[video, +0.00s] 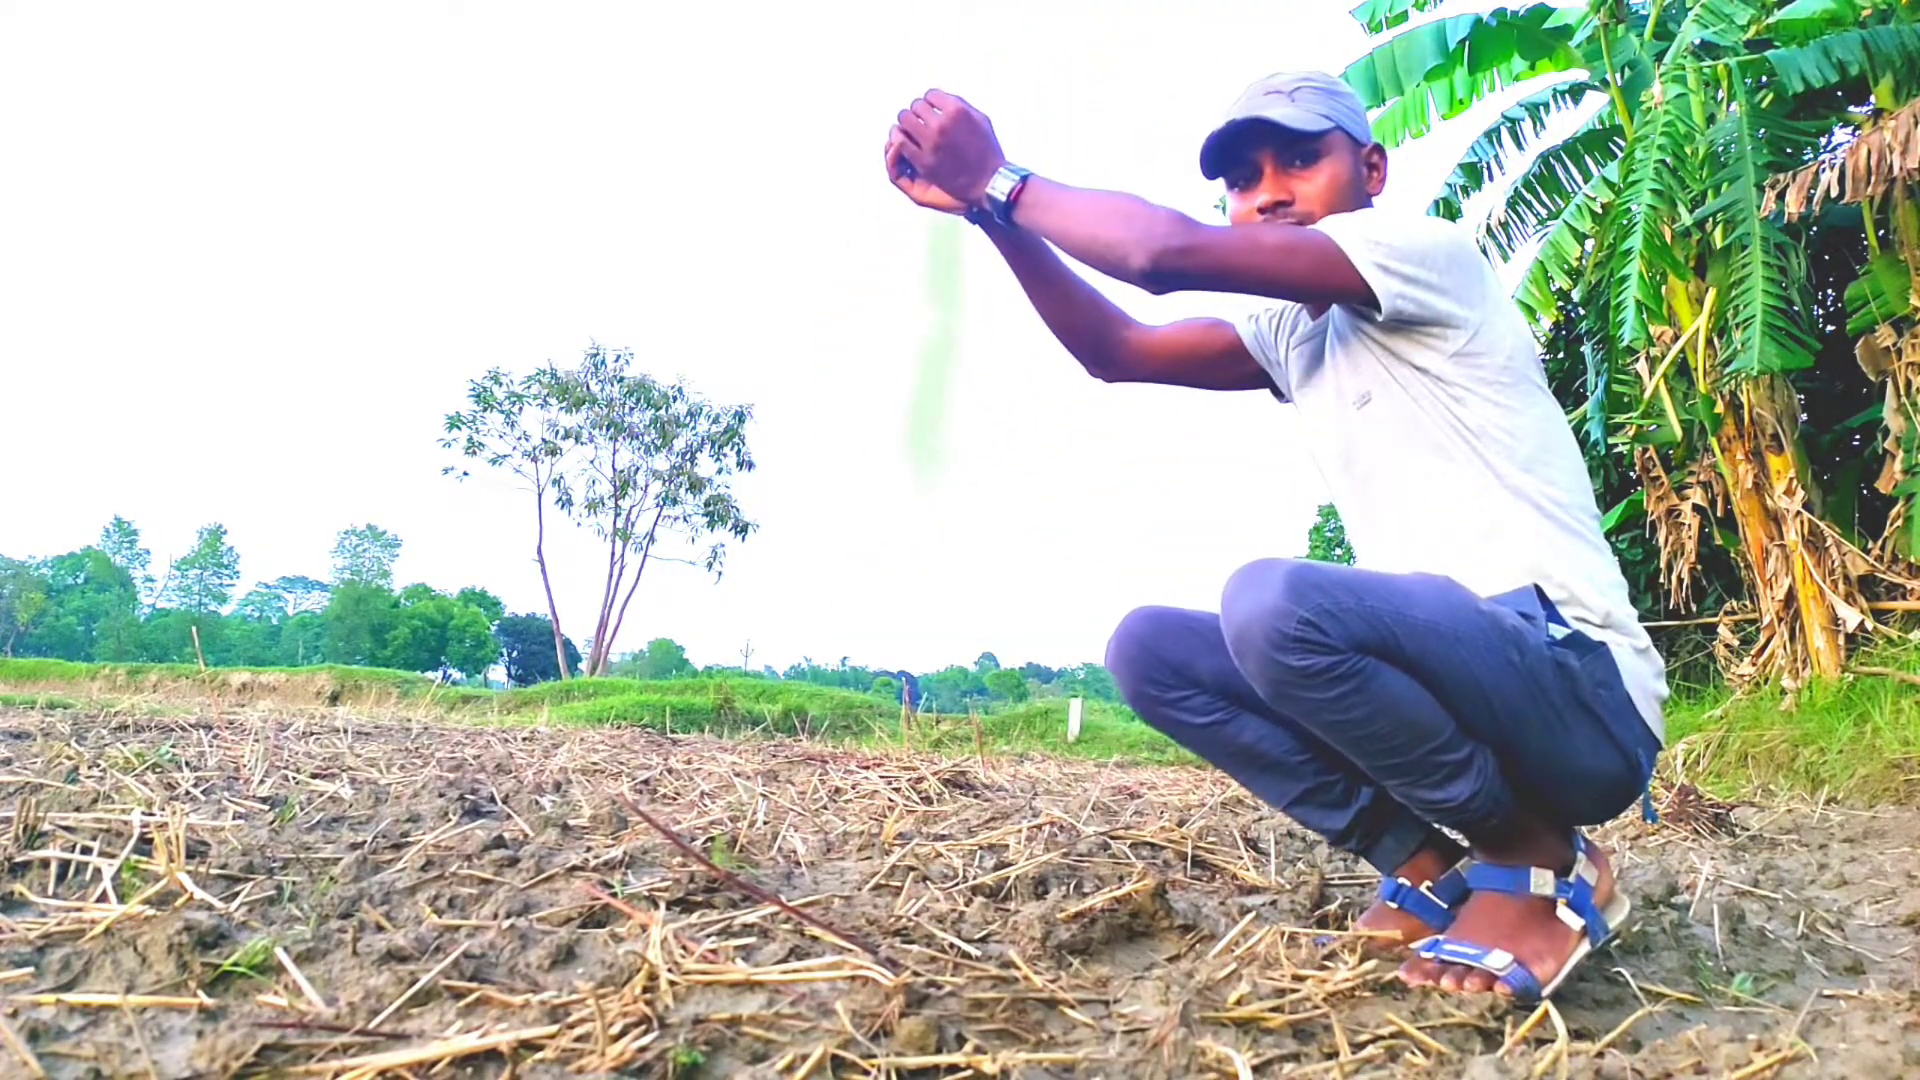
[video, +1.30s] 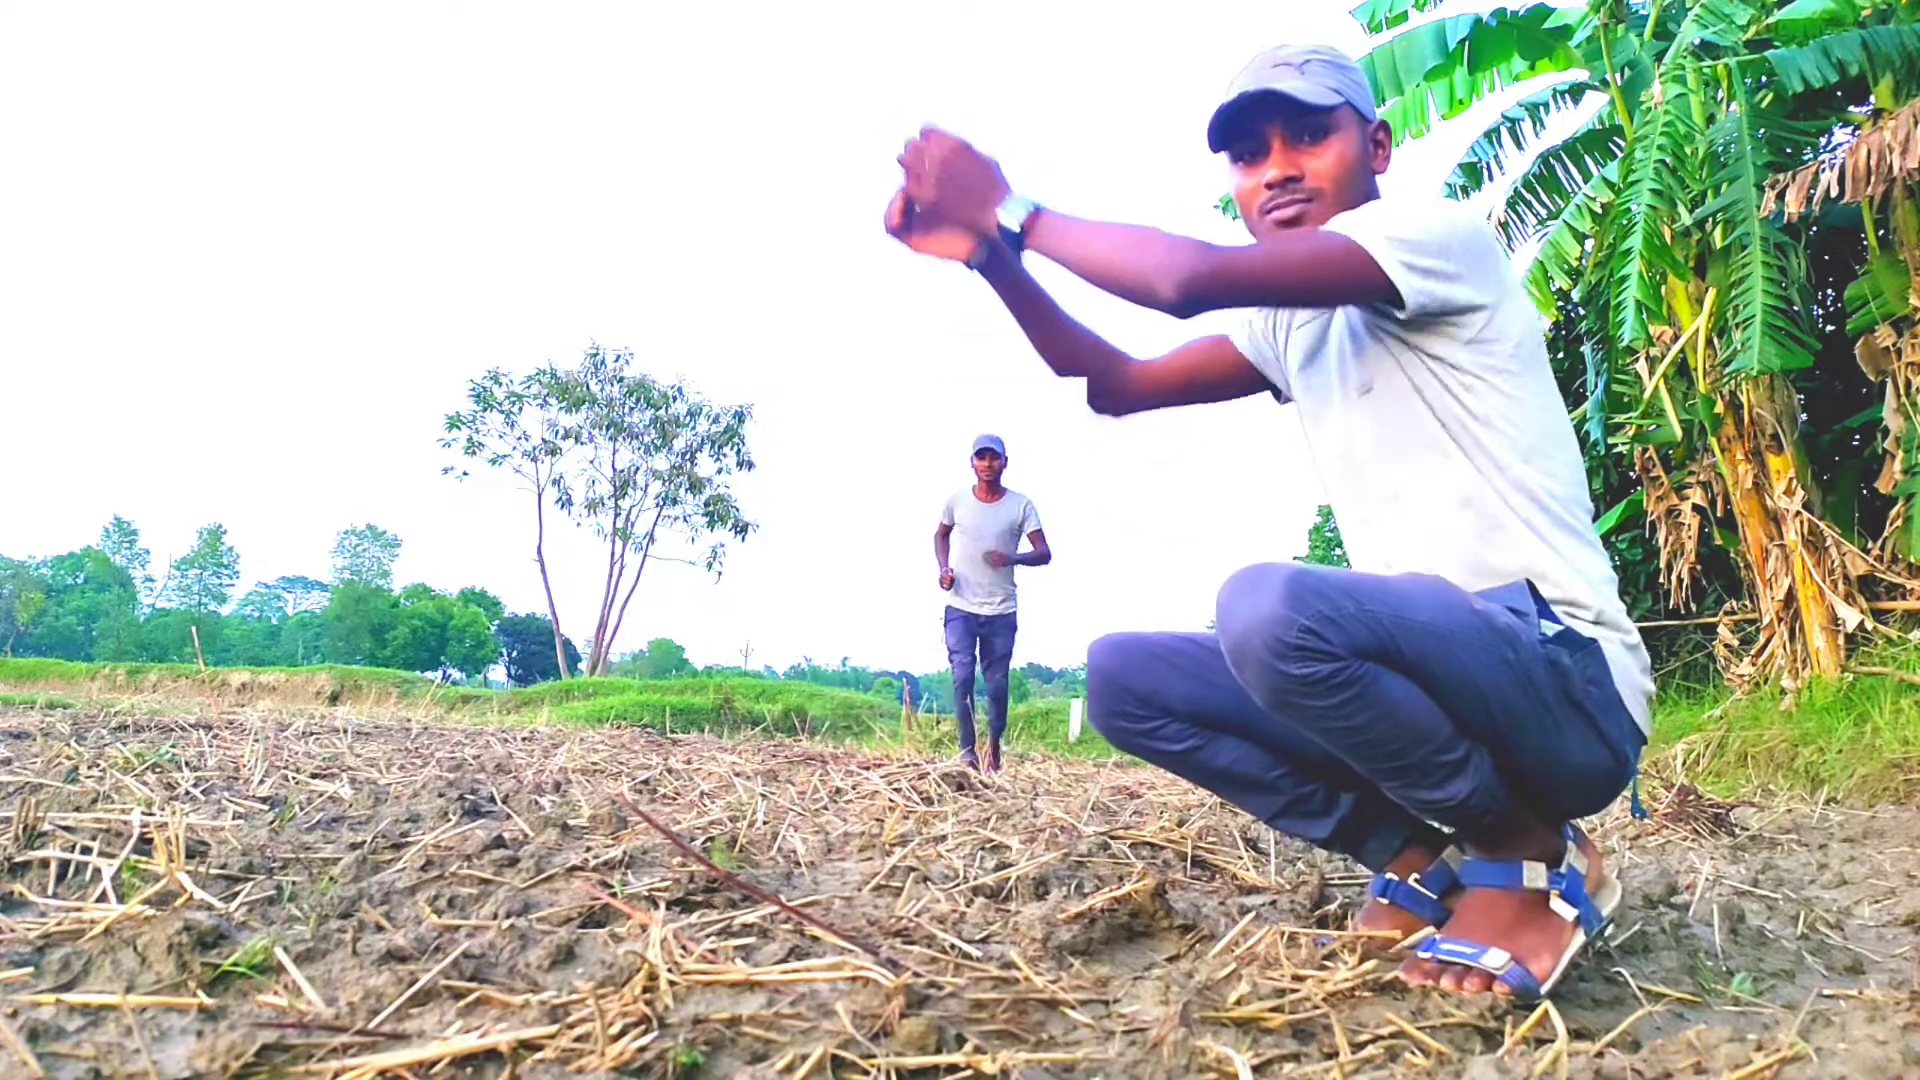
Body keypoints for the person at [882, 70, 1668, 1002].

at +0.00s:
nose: (1269, 194)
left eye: (1300, 158)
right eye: (1243, 182)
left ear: (1373, 169)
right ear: (1229, 206)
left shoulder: (1426, 256)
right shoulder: (1298, 330)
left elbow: (1166, 251)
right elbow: (1117, 350)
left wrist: (995, 184)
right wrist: (994, 213)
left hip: (1579, 683)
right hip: (1459, 695)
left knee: (1273, 606)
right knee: (1151, 649)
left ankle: (1537, 853)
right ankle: (1434, 858)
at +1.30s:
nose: (1275, 168)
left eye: (1309, 132)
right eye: (1247, 149)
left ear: (1379, 149)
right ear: (1231, 182)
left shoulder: (1443, 238)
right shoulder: (1296, 328)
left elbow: (1188, 278)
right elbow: (1117, 383)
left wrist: (1010, 213)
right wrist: (990, 256)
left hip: (1566, 669)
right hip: (1434, 682)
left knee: (1271, 612)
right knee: (1125, 682)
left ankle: (1522, 859)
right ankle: (1424, 854)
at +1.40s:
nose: (1281, 160)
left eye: (1313, 129)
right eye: (1252, 143)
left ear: (1381, 147)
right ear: (1235, 185)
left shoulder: (1457, 246)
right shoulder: (1303, 346)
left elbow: (1296, 398)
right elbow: (1178, 501)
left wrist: (1079, 384)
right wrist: (1046, 458)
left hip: (1567, 676)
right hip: (1436, 699)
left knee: (1269, 612)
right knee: (1122, 682)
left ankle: (1518, 857)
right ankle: (1413, 855)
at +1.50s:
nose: (1272, 167)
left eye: (1302, 135)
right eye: (1241, 149)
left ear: (1364, 150)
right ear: (1219, 186)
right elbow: (1227, 556)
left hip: (1573, 683)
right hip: (1422, 706)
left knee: (1278, 608)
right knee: (1122, 677)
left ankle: (1518, 858)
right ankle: (1408, 850)